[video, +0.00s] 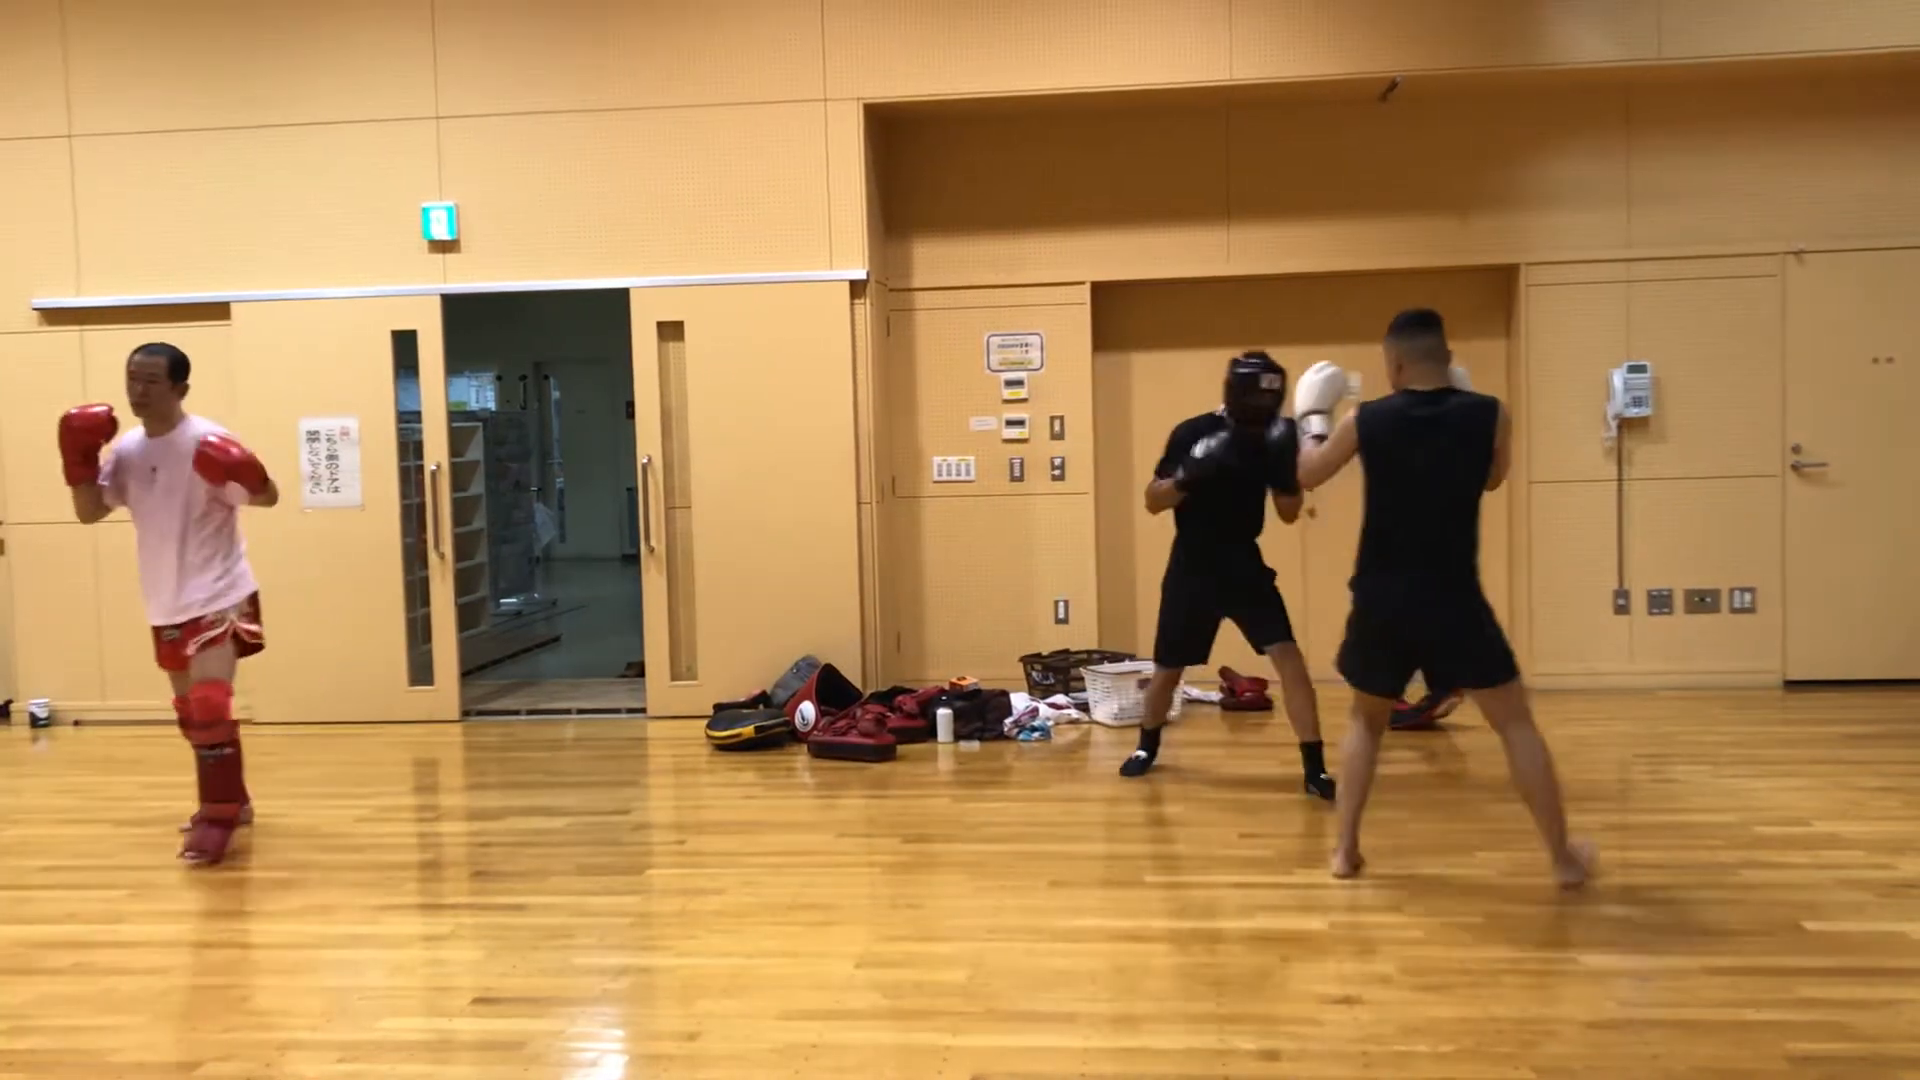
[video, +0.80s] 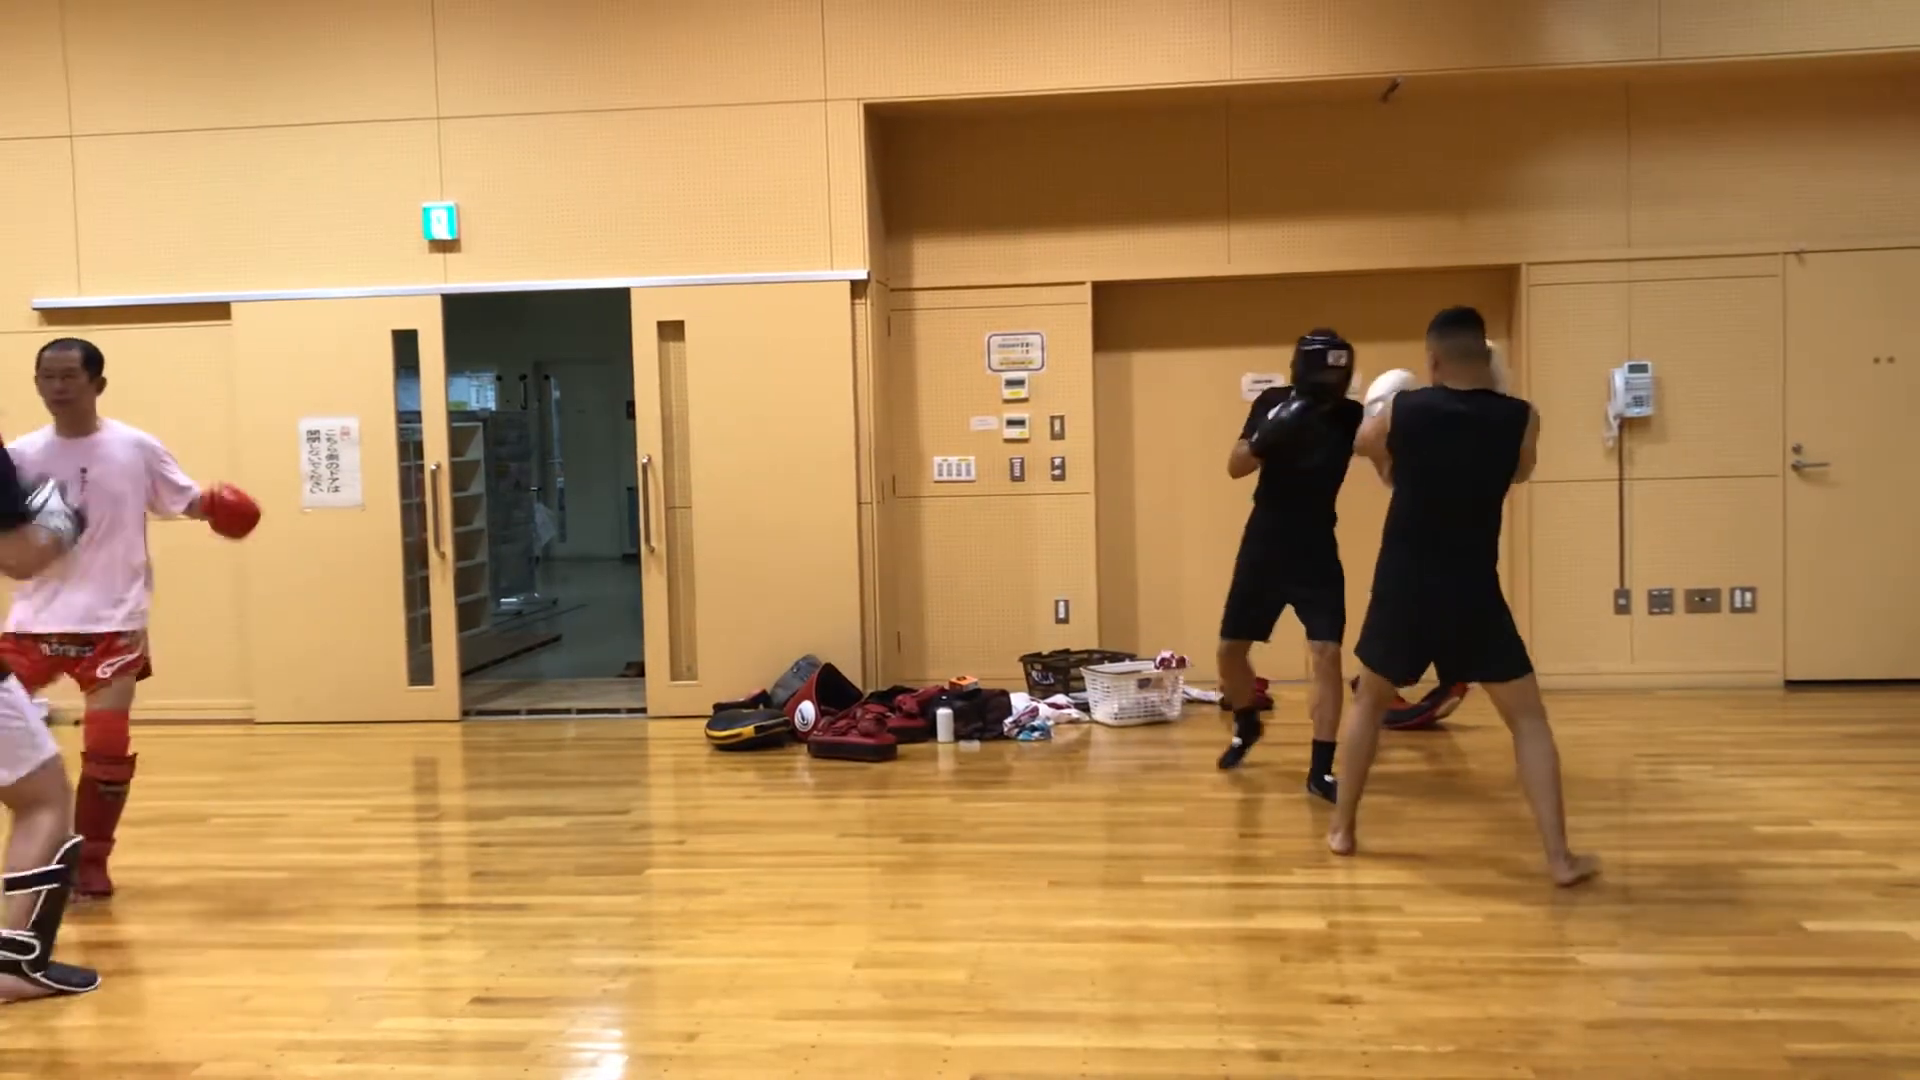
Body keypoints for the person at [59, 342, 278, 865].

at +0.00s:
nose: (137, 389)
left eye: (150, 381)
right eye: (132, 379)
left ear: (179, 388)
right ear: (125, 384)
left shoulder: (207, 442)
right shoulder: (125, 450)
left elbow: (267, 498)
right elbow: (90, 510)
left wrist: (248, 473)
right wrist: (78, 458)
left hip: (217, 594)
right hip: (165, 601)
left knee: (210, 708)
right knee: (191, 714)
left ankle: (217, 817)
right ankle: (229, 802)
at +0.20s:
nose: (123, 385)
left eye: (135, 377)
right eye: (117, 376)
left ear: (165, 385)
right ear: (110, 381)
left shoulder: (188, 439)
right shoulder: (105, 451)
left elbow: (241, 492)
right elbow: (77, 516)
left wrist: (210, 454)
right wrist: (57, 471)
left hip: (199, 595)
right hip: (139, 600)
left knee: (191, 719)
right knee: (131, 716)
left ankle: (203, 828)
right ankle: (203, 784)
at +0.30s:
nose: (107, 384)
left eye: (120, 374)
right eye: (101, 373)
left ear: (152, 381)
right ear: (93, 377)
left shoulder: (178, 433)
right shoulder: (87, 444)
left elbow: (215, 482)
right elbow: (49, 502)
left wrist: (171, 442)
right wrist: (38, 453)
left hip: (182, 598)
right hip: (116, 601)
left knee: (185, 720)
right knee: (86, 715)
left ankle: (202, 833)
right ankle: (133, 807)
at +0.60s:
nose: (61, 385)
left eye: (75, 376)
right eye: (54, 375)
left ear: (102, 384)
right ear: (43, 380)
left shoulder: (131, 443)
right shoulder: (36, 452)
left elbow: (192, 500)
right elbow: (6, 523)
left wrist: (154, 499)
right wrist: (2, 470)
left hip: (135, 607)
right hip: (66, 611)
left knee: (140, 725)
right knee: (56, 733)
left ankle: (154, 829)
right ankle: (77, 832)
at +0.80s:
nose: (57, 386)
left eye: (69, 376)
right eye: (48, 376)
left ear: (97, 383)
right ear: (36, 383)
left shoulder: (135, 449)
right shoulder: (20, 458)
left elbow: (183, 496)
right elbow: (9, 531)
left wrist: (219, 504)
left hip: (114, 618)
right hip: (34, 618)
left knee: (107, 740)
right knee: (4, 722)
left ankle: (90, 861)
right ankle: (33, 843)